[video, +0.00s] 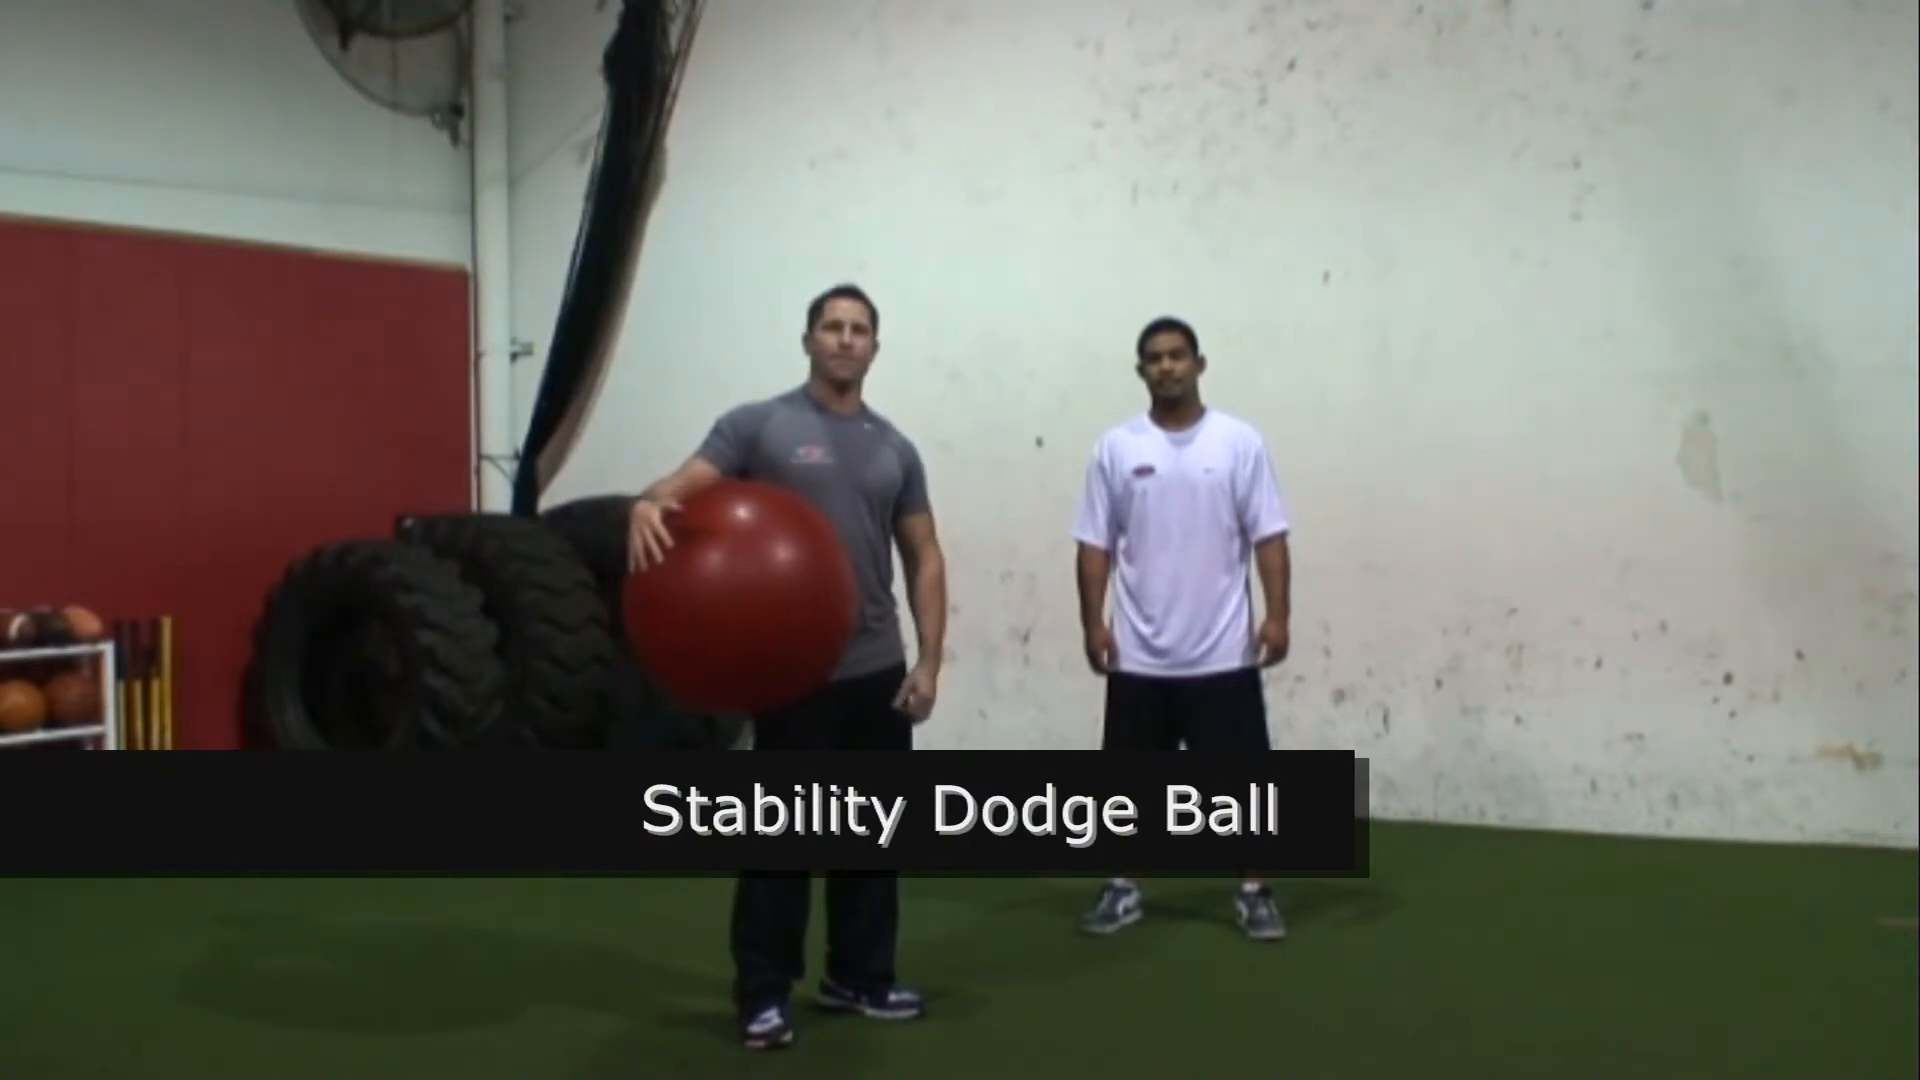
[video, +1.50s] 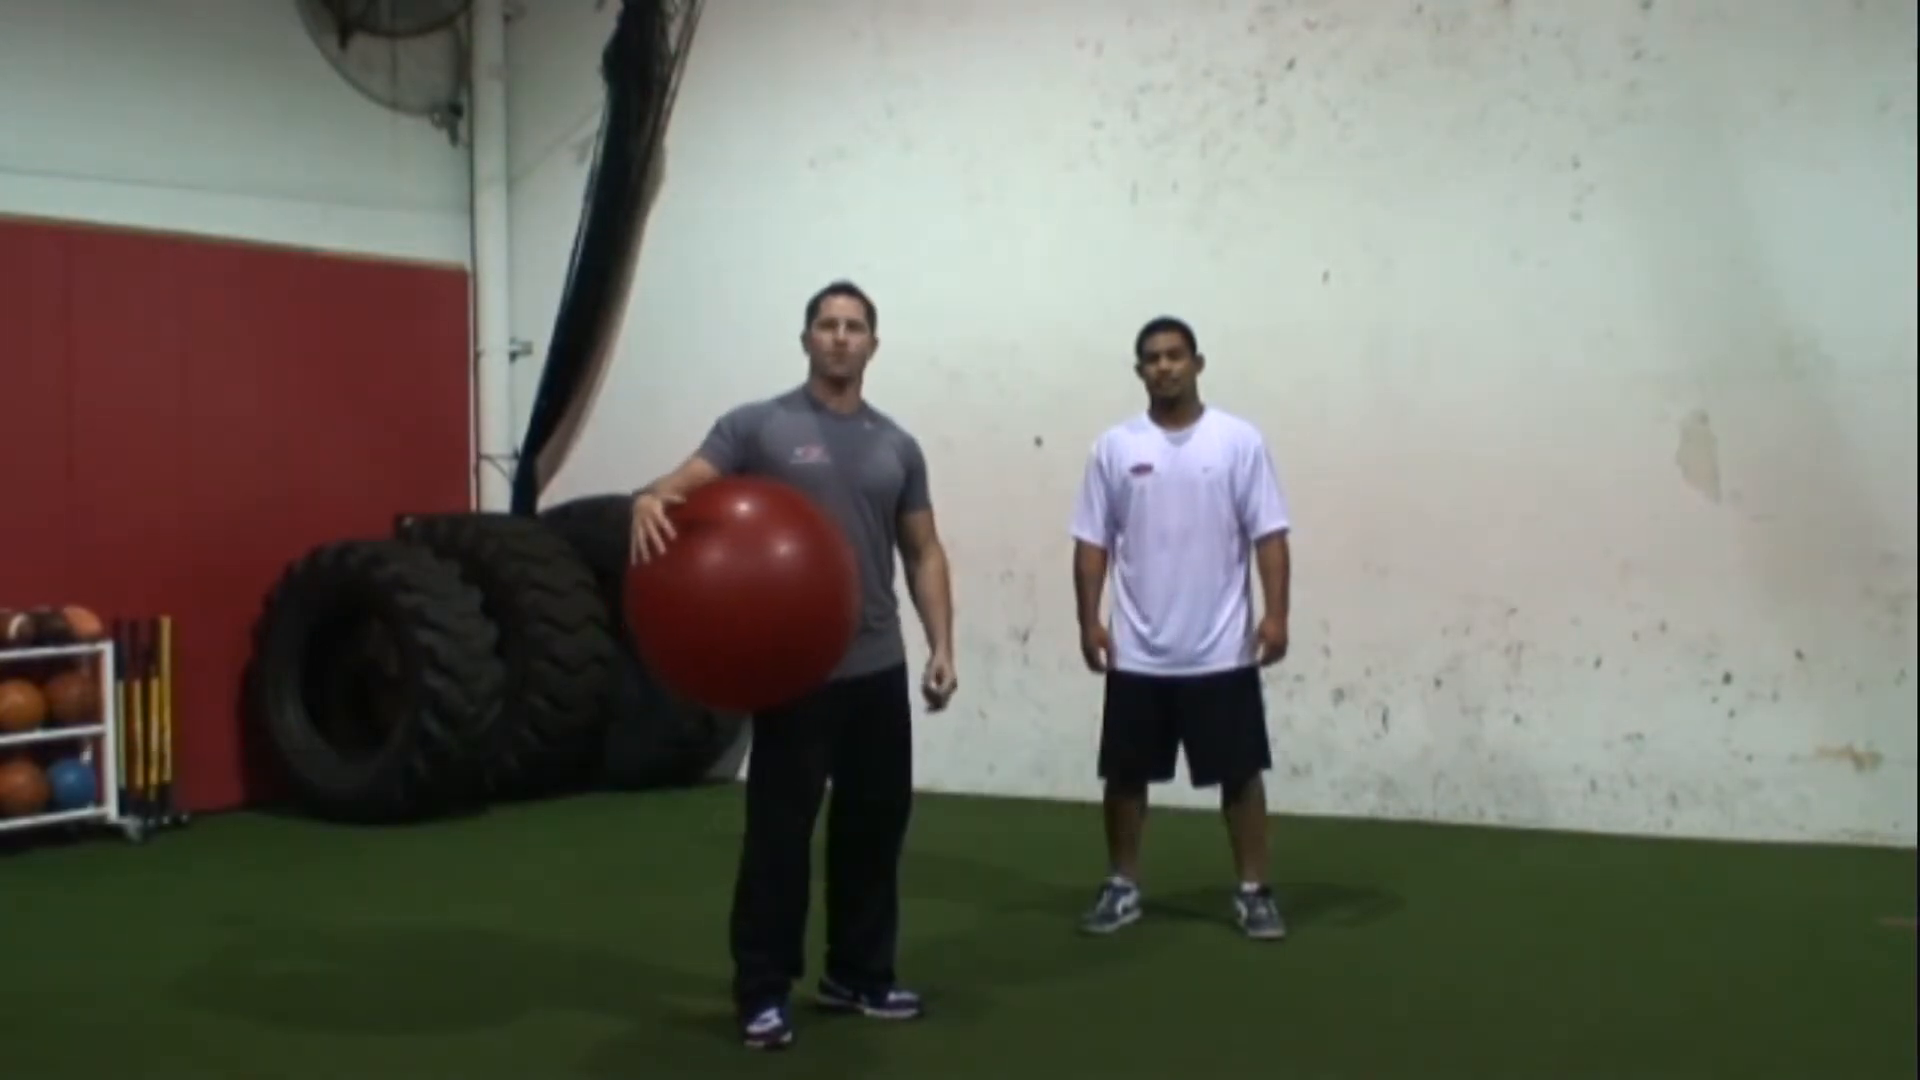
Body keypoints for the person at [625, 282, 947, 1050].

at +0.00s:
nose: (847, 339)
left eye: (859, 329)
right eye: (833, 327)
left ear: (875, 347)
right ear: (808, 341)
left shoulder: (894, 450)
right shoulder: (757, 425)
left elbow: (924, 556)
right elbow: (686, 484)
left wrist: (931, 659)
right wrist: (646, 504)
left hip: (875, 669)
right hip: (788, 671)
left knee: (873, 832)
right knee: (781, 834)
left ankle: (859, 976)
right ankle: (765, 994)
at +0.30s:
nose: (852, 339)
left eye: (864, 329)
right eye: (838, 328)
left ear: (879, 345)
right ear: (813, 339)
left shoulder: (895, 450)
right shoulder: (765, 422)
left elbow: (910, 547)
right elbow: (691, 483)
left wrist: (939, 570)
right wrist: (663, 502)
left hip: (876, 669)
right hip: (790, 671)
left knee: (874, 825)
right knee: (784, 829)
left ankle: (861, 975)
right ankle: (764, 993)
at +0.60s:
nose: (844, 338)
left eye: (856, 327)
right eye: (831, 327)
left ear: (875, 343)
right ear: (809, 340)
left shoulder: (896, 450)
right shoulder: (764, 423)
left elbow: (917, 542)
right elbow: (696, 481)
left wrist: (945, 588)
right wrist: (666, 501)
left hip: (877, 668)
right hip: (790, 670)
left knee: (875, 825)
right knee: (786, 829)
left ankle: (861, 976)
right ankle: (764, 993)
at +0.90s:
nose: (834, 334)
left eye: (847, 324)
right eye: (821, 324)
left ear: (869, 341)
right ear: (800, 340)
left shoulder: (899, 444)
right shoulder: (756, 426)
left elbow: (929, 552)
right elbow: (686, 484)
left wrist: (941, 657)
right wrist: (646, 501)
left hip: (878, 669)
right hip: (790, 671)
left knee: (876, 831)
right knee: (781, 833)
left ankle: (861, 977)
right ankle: (765, 994)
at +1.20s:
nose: (835, 337)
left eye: (849, 326)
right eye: (823, 325)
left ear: (870, 342)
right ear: (801, 340)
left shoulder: (900, 444)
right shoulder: (756, 427)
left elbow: (927, 552)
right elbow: (685, 484)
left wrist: (942, 658)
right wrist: (642, 501)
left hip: (878, 670)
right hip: (790, 672)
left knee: (876, 835)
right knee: (778, 837)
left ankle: (861, 977)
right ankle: (765, 995)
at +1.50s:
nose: (841, 337)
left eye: (854, 326)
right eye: (828, 325)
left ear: (874, 343)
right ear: (806, 339)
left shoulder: (897, 447)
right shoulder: (757, 425)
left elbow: (923, 549)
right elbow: (687, 481)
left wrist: (941, 644)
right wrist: (648, 499)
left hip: (877, 669)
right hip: (789, 670)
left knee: (874, 827)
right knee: (779, 834)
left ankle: (860, 975)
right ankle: (764, 993)